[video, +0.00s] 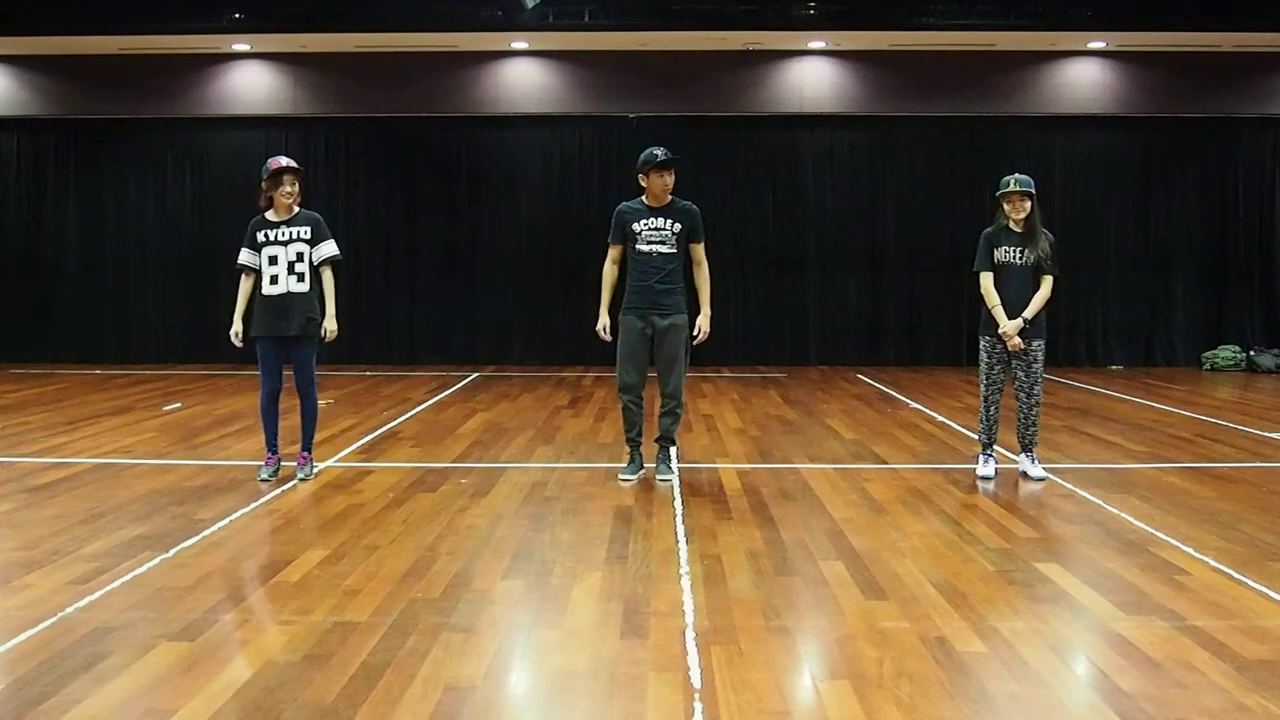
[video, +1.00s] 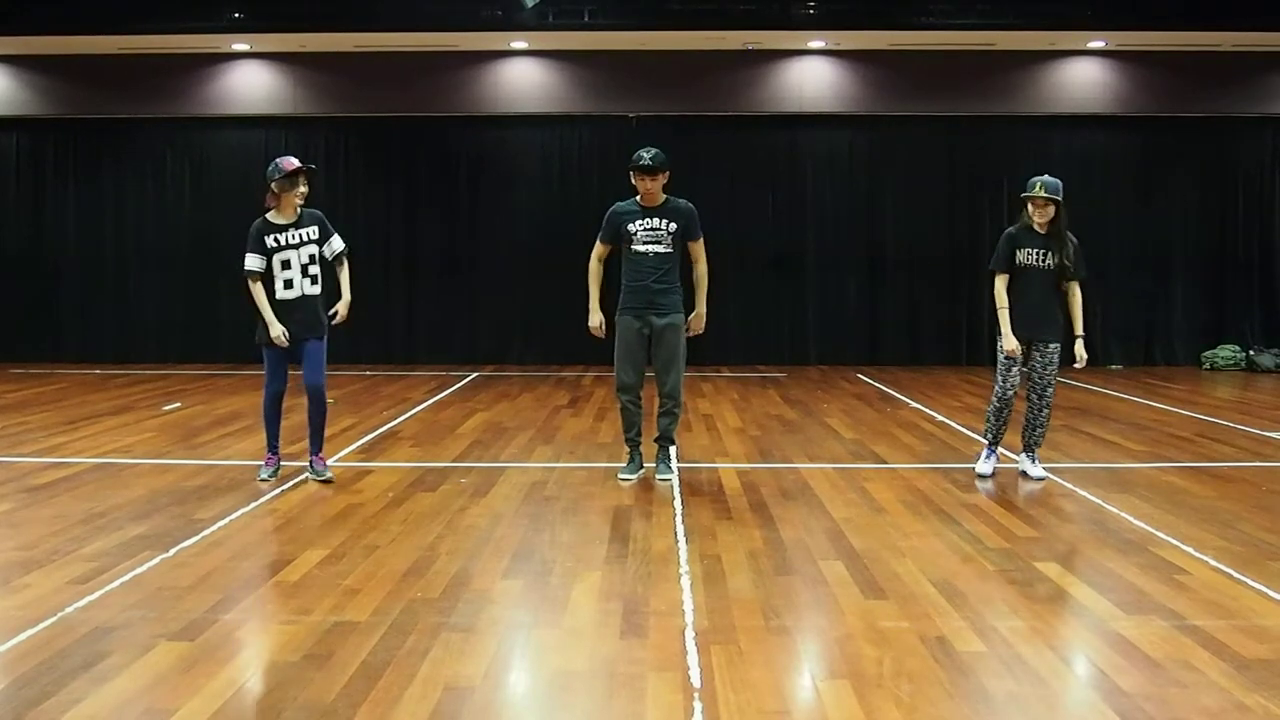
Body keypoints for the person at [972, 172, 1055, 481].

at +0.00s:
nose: (1017, 205)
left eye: (1023, 199)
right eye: (1010, 200)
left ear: (1032, 202)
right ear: (1002, 203)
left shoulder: (1044, 239)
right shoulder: (990, 237)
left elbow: (1046, 287)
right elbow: (987, 286)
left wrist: (1021, 322)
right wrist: (1007, 329)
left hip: (1032, 333)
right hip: (993, 331)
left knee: (1030, 397)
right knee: (991, 395)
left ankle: (1028, 455)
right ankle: (986, 455)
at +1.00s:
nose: (1040, 209)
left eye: (1046, 204)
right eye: (1035, 203)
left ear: (1057, 207)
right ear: (1027, 205)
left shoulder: (1067, 242)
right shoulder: (1012, 238)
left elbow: (1074, 290)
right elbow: (1000, 286)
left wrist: (1079, 338)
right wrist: (1006, 333)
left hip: (1050, 336)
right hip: (1015, 332)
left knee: (1041, 398)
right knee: (1004, 393)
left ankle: (1029, 455)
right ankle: (989, 450)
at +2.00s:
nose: (1004, 193)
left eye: (1013, 189)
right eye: (1001, 188)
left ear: (1027, 196)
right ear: (995, 194)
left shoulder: (1037, 230)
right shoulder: (983, 229)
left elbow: (1052, 256)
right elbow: (951, 258)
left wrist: (1019, 225)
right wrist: (979, 222)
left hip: (1024, 319)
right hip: (988, 320)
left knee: (999, 379)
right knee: (990, 390)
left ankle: (1013, 440)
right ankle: (1001, 459)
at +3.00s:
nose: (955, 190)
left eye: (964, 185)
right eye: (953, 185)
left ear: (981, 194)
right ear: (947, 192)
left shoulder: (994, 229)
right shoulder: (938, 226)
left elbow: (992, 252)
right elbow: (895, 253)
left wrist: (959, 217)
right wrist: (926, 215)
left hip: (976, 333)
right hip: (941, 332)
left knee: (959, 404)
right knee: (948, 409)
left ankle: (968, 479)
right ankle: (979, 467)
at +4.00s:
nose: (858, 192)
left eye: (867, 186)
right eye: (856, 186)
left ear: (887, 191)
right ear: (851, 192)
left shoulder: (901, 234)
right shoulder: (846, 232)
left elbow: (894, 262)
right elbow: (801, 264)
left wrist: (863, 220)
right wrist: (826, 219)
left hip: (877, 345)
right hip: (843, 342)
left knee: (860, 425)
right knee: (837, 426)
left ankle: (865, 506)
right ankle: (892, 469)